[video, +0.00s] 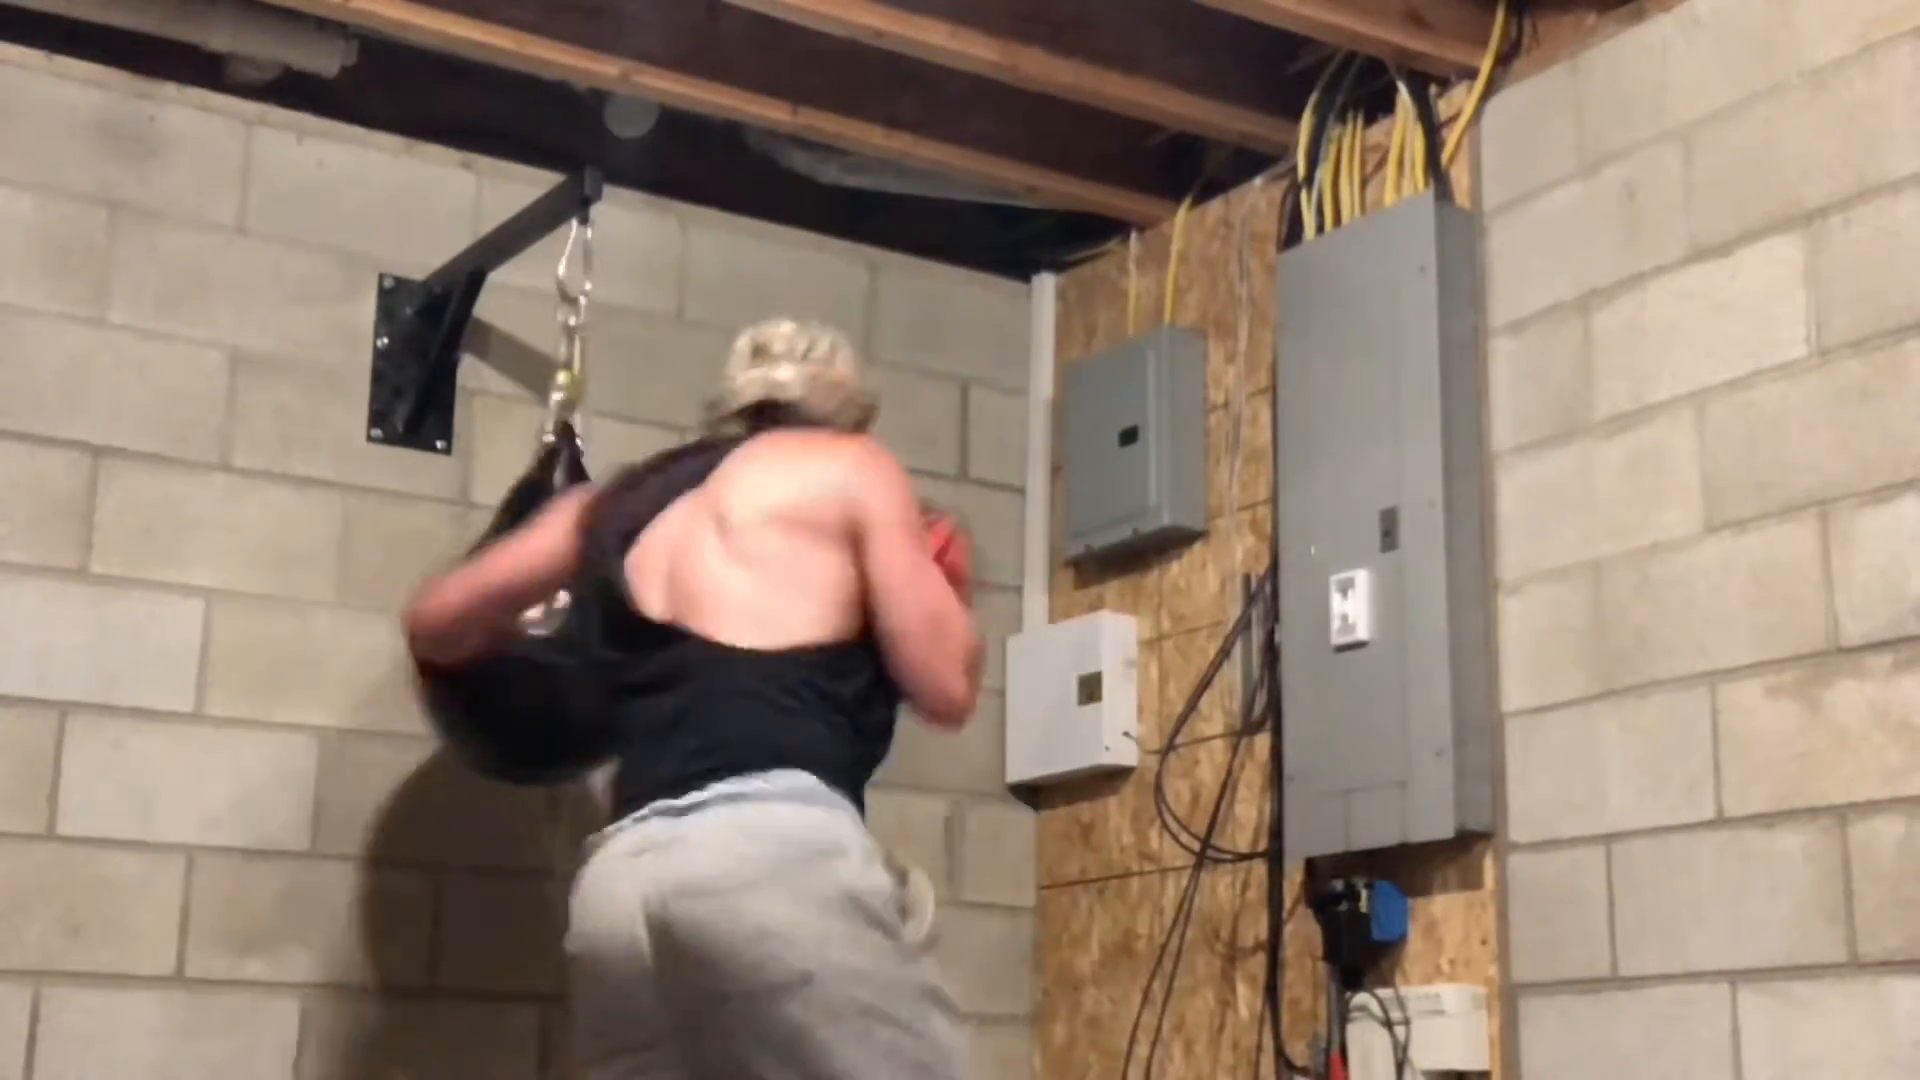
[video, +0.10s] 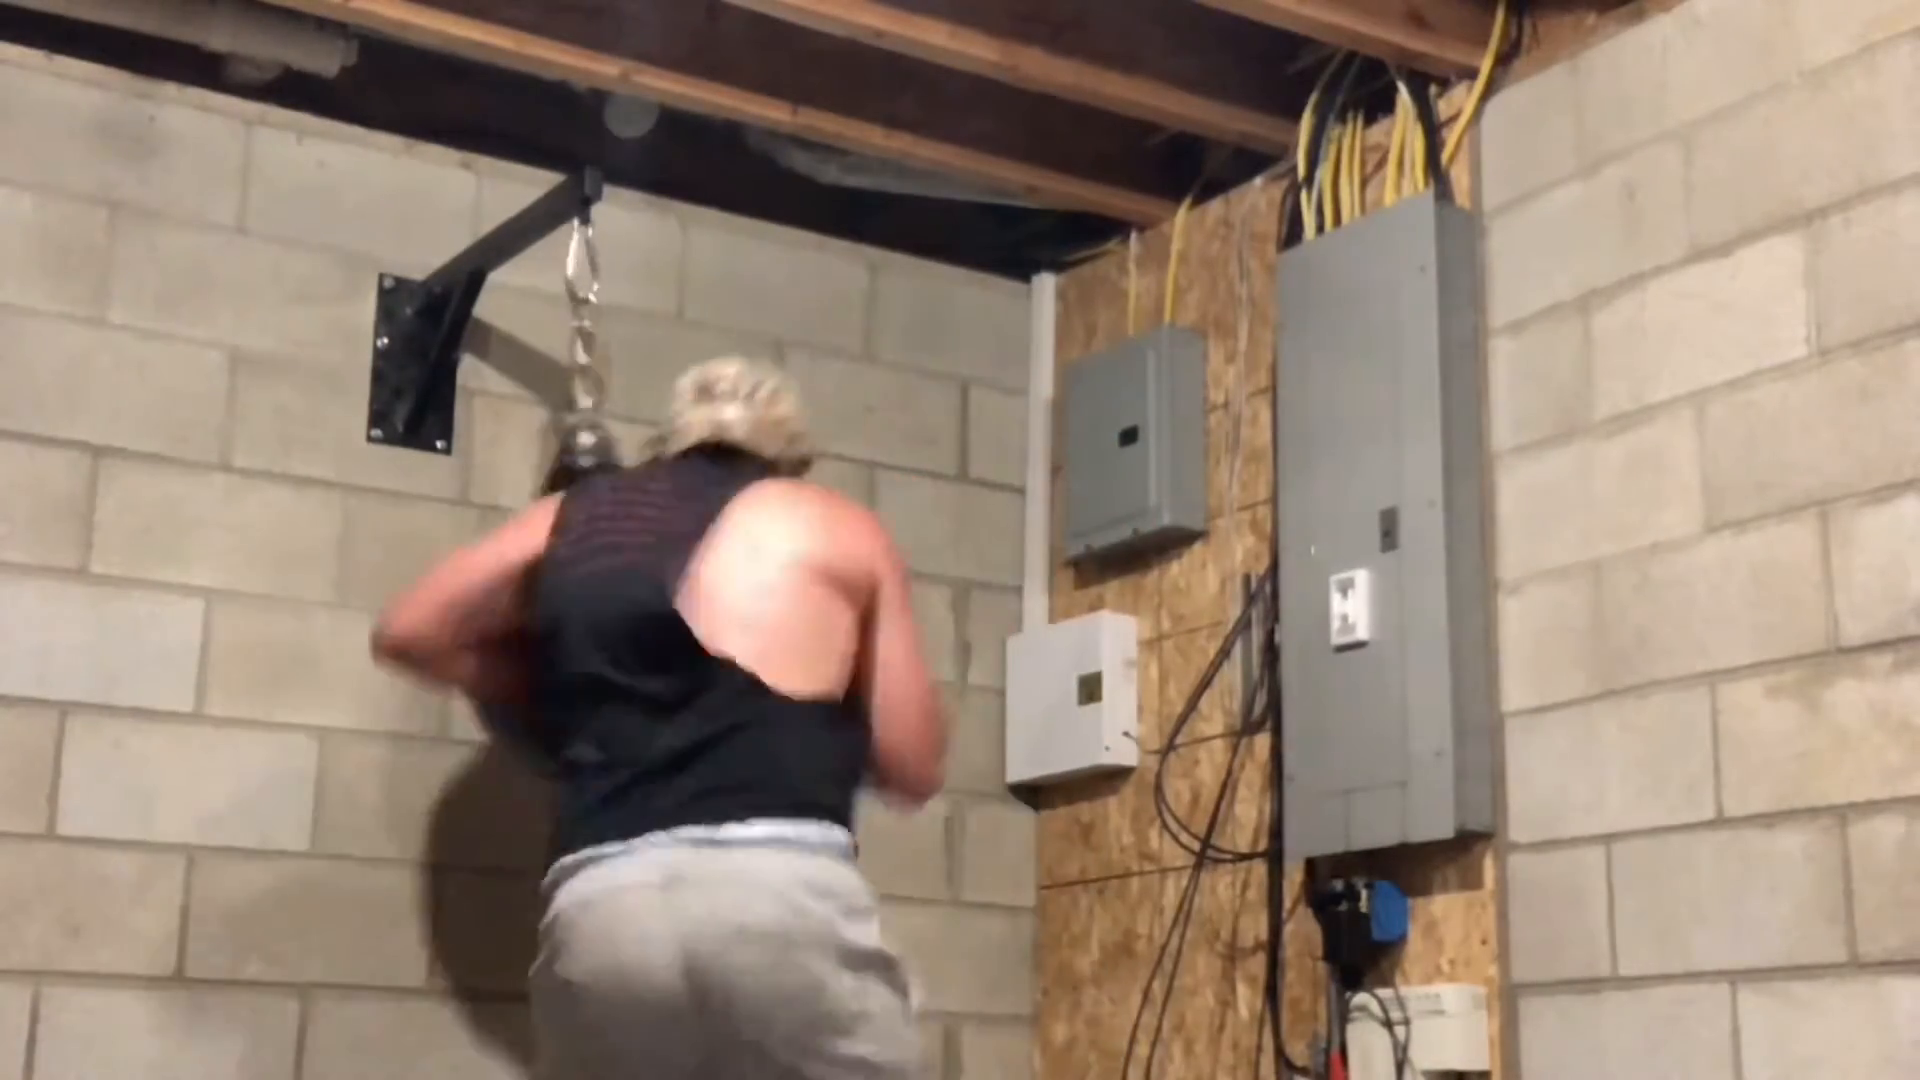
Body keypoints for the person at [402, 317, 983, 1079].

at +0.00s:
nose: (866, 423)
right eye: (860, 413)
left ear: (728, 405)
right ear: (847, 406)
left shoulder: (621, 501)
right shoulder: (854, 465)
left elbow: (435, 619)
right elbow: (947, 691)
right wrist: (947, 586)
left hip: (615, 879)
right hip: (778, 858)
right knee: (910, 1064)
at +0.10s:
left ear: (672, 441)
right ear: (791, 450)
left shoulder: (570, 512)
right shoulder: (847, 529)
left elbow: (408, 632)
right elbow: (916, 765)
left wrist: (547, 690)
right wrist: (819, 684)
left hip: (601, 910)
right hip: (789, 901)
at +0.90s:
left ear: (890, 324)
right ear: (1024, 332)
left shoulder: (792, 404)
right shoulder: (1111, 437)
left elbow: (686, 605)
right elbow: (1155, 703)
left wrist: (800, 613)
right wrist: (1030, 639)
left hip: (826, 855)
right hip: (1024, 858)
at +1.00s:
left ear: (904, 321)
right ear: (1038, 330)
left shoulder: (803, 398)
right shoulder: (1121, 438)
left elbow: (693, 604)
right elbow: (1152, 711)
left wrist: (812, 600)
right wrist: (1027, 636)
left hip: (834, 860)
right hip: (1034, 862)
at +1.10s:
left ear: (908, 319)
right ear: (1039, 328)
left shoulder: (802, 397)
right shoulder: (1122, 438)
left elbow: (696, 607)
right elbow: (1152, 712)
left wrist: (817, 598)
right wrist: (1023, 637)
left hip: (834, 863)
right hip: (1035, 863)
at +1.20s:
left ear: (905, 319)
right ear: (1037, 328)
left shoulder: (798, 397)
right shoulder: (1121, 437)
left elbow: (694, 607)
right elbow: (1152, 709)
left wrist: (817, 604)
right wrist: (1021, 637)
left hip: (827, 865)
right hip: (1027, 866)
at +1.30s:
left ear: (897, 325)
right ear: (1033, 332)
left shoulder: (794, 400)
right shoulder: (1120, 439)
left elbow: (687, 607)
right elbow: (1150, 709)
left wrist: (815, 606)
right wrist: (1025, 633)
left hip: (819, 867)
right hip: (1020, 867)